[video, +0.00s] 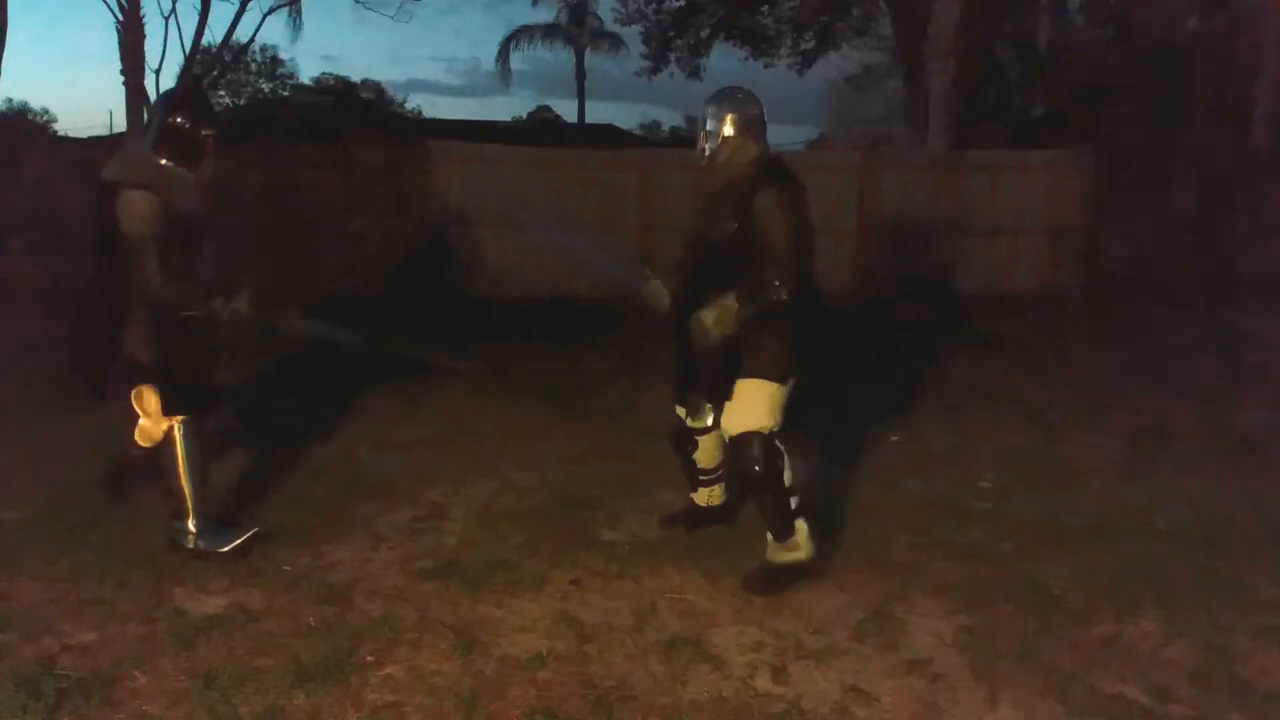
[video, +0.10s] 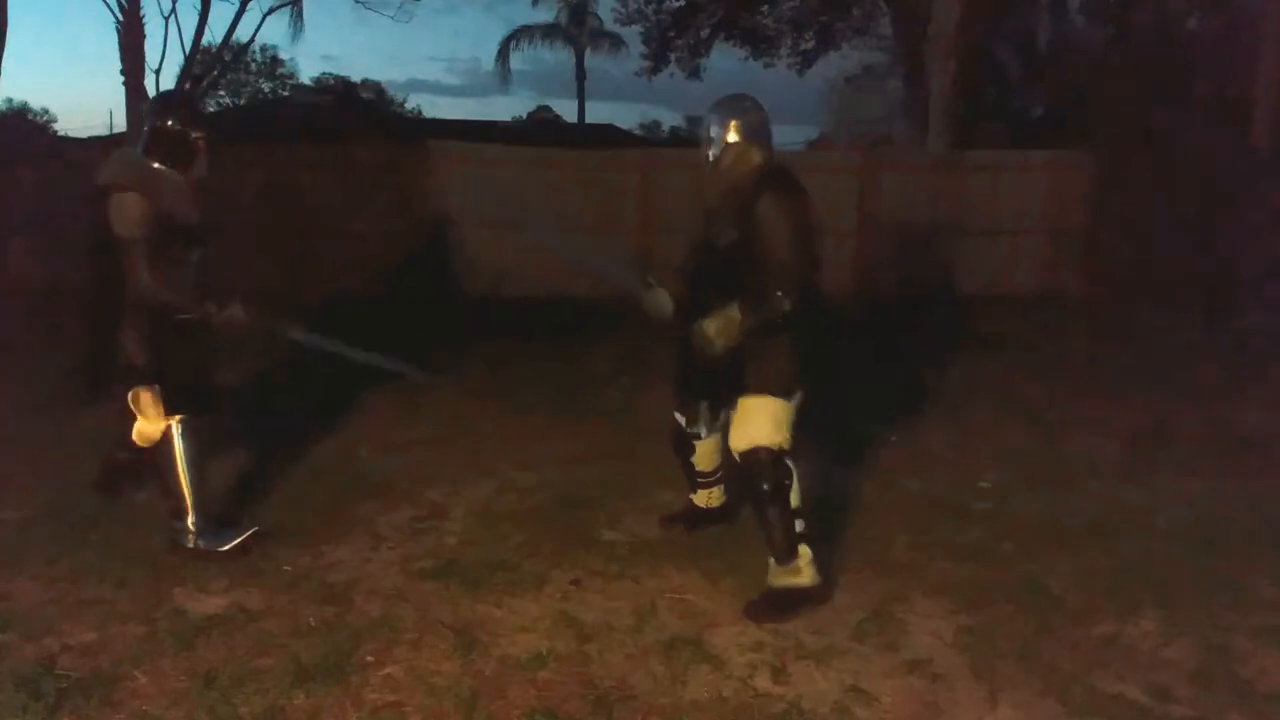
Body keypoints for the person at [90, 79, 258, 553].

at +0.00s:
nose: (206, 143)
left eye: (207, 133)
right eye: (199, 133)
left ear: (170, 133)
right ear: (174, 131)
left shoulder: (175, 184)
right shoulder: (142, 192)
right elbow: (150, 282)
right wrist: (210, 306)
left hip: (175, 321)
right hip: (158, 326)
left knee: (161, 414)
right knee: (180, 417)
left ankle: (125, 470)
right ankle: (195, 523)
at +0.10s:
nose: (203, 144)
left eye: (203, 134)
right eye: (196, 134)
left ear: (165, 138)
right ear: (168, 136)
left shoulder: (175, 187)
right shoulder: (134, 193)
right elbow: (141, 283)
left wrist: (208, 302)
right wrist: (202, 309)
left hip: (174, 316)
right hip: (153, 320)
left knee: (159, 407)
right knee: (179, 413)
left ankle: (123, 465)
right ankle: (194, 522)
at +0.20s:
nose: (195, 144)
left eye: (196, 134)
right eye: (187, 134)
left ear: (159, 135)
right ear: (161, 134)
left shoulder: (165, 182)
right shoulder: (128, 187)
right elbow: (132, 276)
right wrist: (189, 308)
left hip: (160, 310)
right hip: (140, 315)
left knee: (152, 398)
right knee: (174, 404)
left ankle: (124, 468)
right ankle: (192, 516)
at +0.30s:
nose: (192, 143)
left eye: (193, 133)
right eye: (185, 132)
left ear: (151, 131)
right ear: (161, 131)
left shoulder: (160, 181)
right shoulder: (123, 181)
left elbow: (166, 257)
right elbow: (125, 271)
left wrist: (200, 297)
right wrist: (190, 308)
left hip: (150, 306)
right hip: (138, 310)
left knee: (140, 391)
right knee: (165, 403)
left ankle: (123, 457)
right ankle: (184, 508)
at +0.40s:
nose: (188, 139)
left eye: (190, 129)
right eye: (180, 128)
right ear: (154, 127)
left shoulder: (165, 180)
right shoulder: (119, 180)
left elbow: (170, 257)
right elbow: (122, 271)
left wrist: (200, 298)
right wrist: (184, 305)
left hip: (158, 302)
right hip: (133, 305)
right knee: (169, 394)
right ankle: (177, 505)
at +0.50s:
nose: (187, 138)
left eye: (189, 129)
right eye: (179, 128)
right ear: (154, 127)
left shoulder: (173, 183)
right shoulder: (119, 183)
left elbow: (187, 255)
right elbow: (121, 275)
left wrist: (206, 299)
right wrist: (188, 310)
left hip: (166, 305)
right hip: (137, 308)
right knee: (164, 402)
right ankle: (173, 511)